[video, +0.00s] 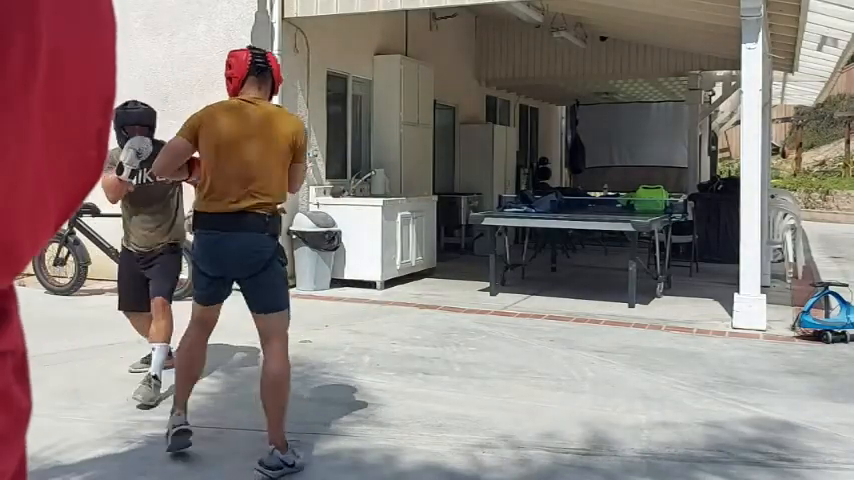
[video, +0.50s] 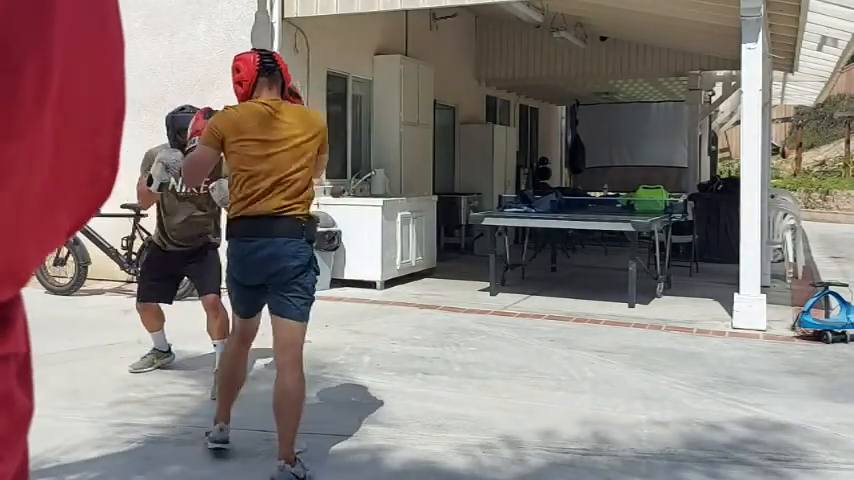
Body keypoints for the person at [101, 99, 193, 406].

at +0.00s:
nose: (137, 136)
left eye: (143, 129)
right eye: (130, 130)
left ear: (152, 130)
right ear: (120, 132)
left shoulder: (169, 153)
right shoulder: (115, 157)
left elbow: (202, 176)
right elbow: (112, 196)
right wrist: (127, 168)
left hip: (165, 246)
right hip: (132, 248)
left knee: (159, 302)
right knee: (133, 308)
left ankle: (155, 377)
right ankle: (163, 351)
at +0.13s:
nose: (148, 130)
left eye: (154, 123)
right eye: (141, 124)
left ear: (162, 122)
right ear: (130, 124)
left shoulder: (179, 146)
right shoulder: (121, 151)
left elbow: (206, 177)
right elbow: (123, 187)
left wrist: (182, 174)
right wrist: (141, 160)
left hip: (173, 238)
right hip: (139, 241)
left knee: (176, 298)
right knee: (140, 300)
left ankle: (185, 367)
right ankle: (162, 351)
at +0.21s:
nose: (157, 129)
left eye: (163, 122)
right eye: (150, 123)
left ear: (173, 121)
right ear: (139, 123)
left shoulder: (191, 148)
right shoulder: (128, 150)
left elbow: (211, 191)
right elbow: (127, 187)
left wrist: (202, 189)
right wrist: (144, 158)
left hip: (179, 241)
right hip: (142, 242)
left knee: (190, 300)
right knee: (141, 300)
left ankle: (212, 367)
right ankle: (161, 351)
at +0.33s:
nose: (172, 132)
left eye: (178, 126)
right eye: (166, 126)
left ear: (186, 127)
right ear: (153, 127)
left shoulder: (199, 156)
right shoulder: (139, 154)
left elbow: (220, 188)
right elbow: (132, 195)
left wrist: (213, 199)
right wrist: (149, 168)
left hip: (188, 246)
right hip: (151, 247)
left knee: (204, 303)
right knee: (143, 303)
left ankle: (221, 369)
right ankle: (162, 352)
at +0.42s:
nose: (187, 138)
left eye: (193, 132)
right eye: (181, 132)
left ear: (201, 133)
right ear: (167, 133)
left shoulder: (209, 159)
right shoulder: (151, 157)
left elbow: (228, 191)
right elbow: (139, 201)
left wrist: (224, 203)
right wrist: (156, 180)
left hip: (199, 246)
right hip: (160, 245)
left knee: (212, 302)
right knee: (145, 306)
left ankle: (222, 369)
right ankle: (162, 351)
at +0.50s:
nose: (190, 143)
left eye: (195, 137)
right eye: (183, 137)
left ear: (203, 136)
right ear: (172, 136)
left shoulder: (212, 158)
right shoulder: (157, 157)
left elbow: (231, 197)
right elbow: (143, 202)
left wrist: (226, 192)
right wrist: (158, 175)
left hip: (202, 245)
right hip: (164, 245)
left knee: (212, 301)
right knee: (145, 302)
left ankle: (223, 364)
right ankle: (162, 350)